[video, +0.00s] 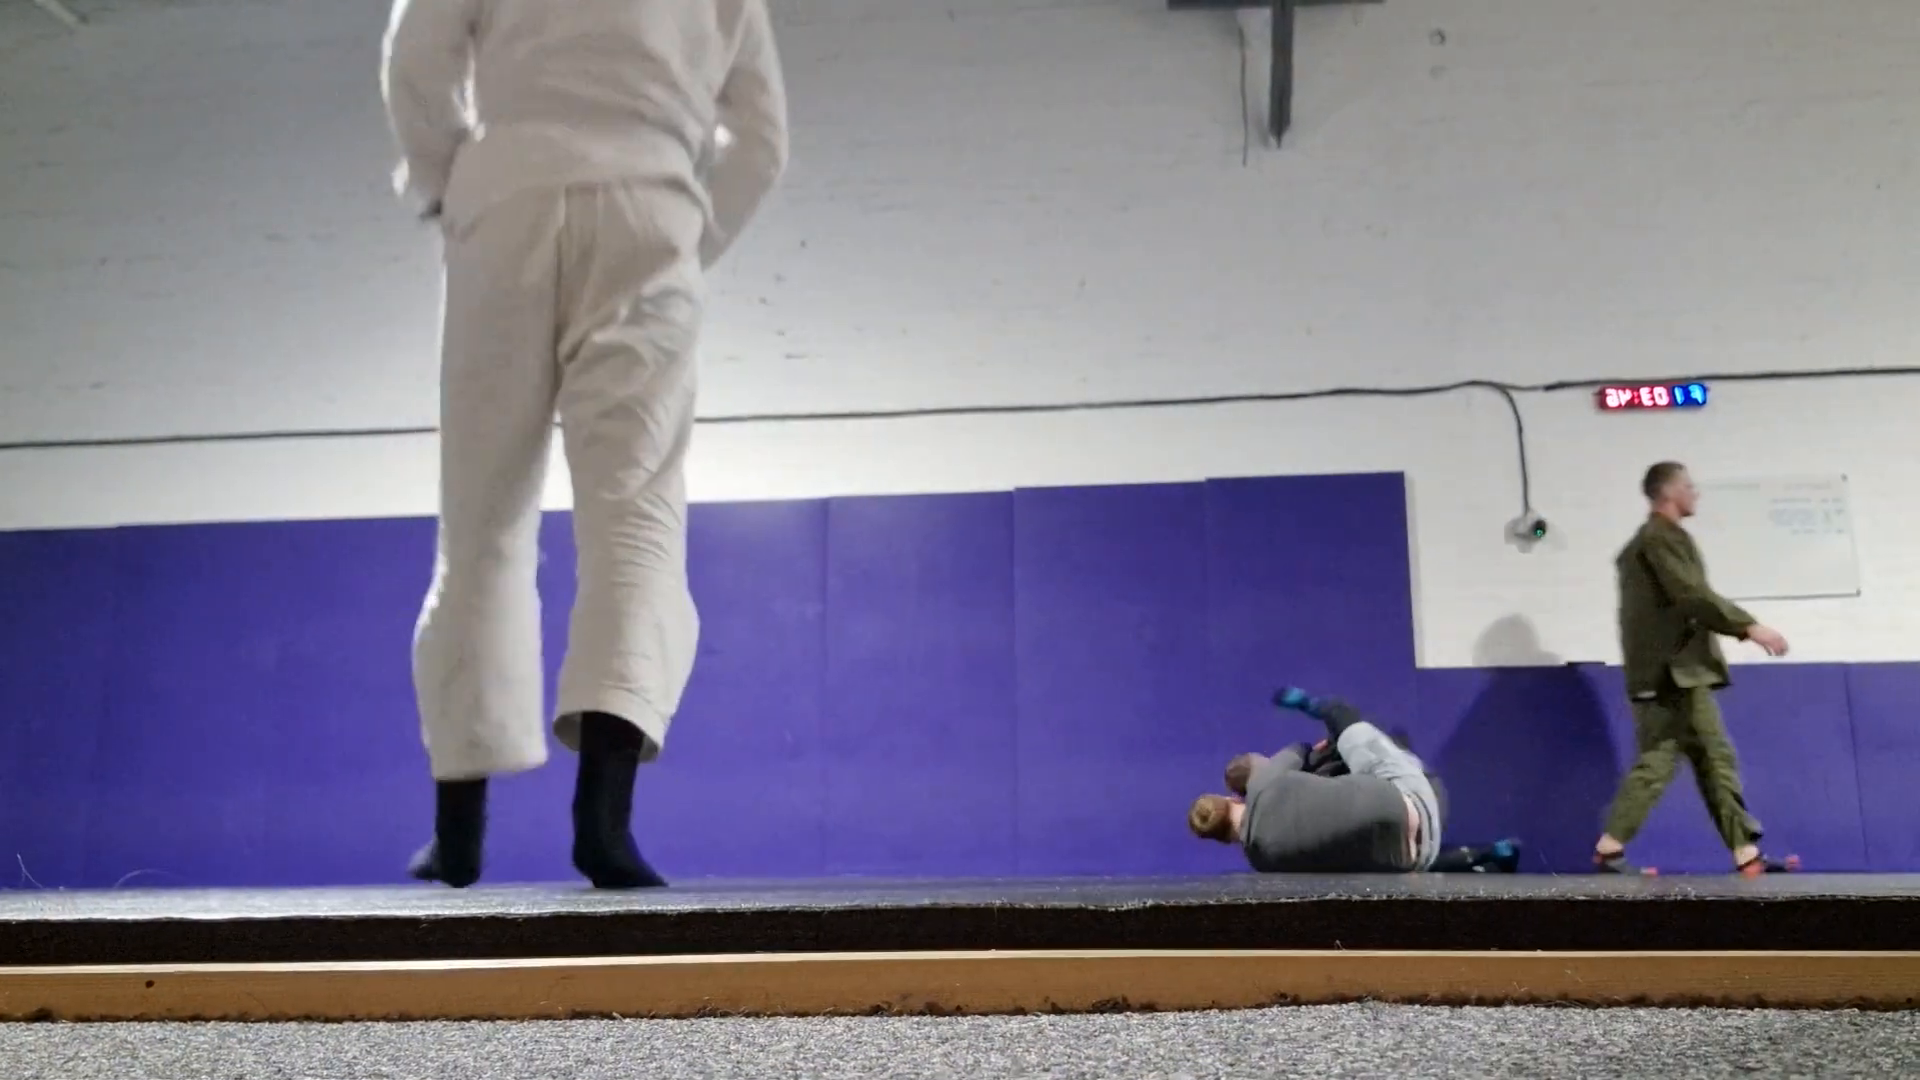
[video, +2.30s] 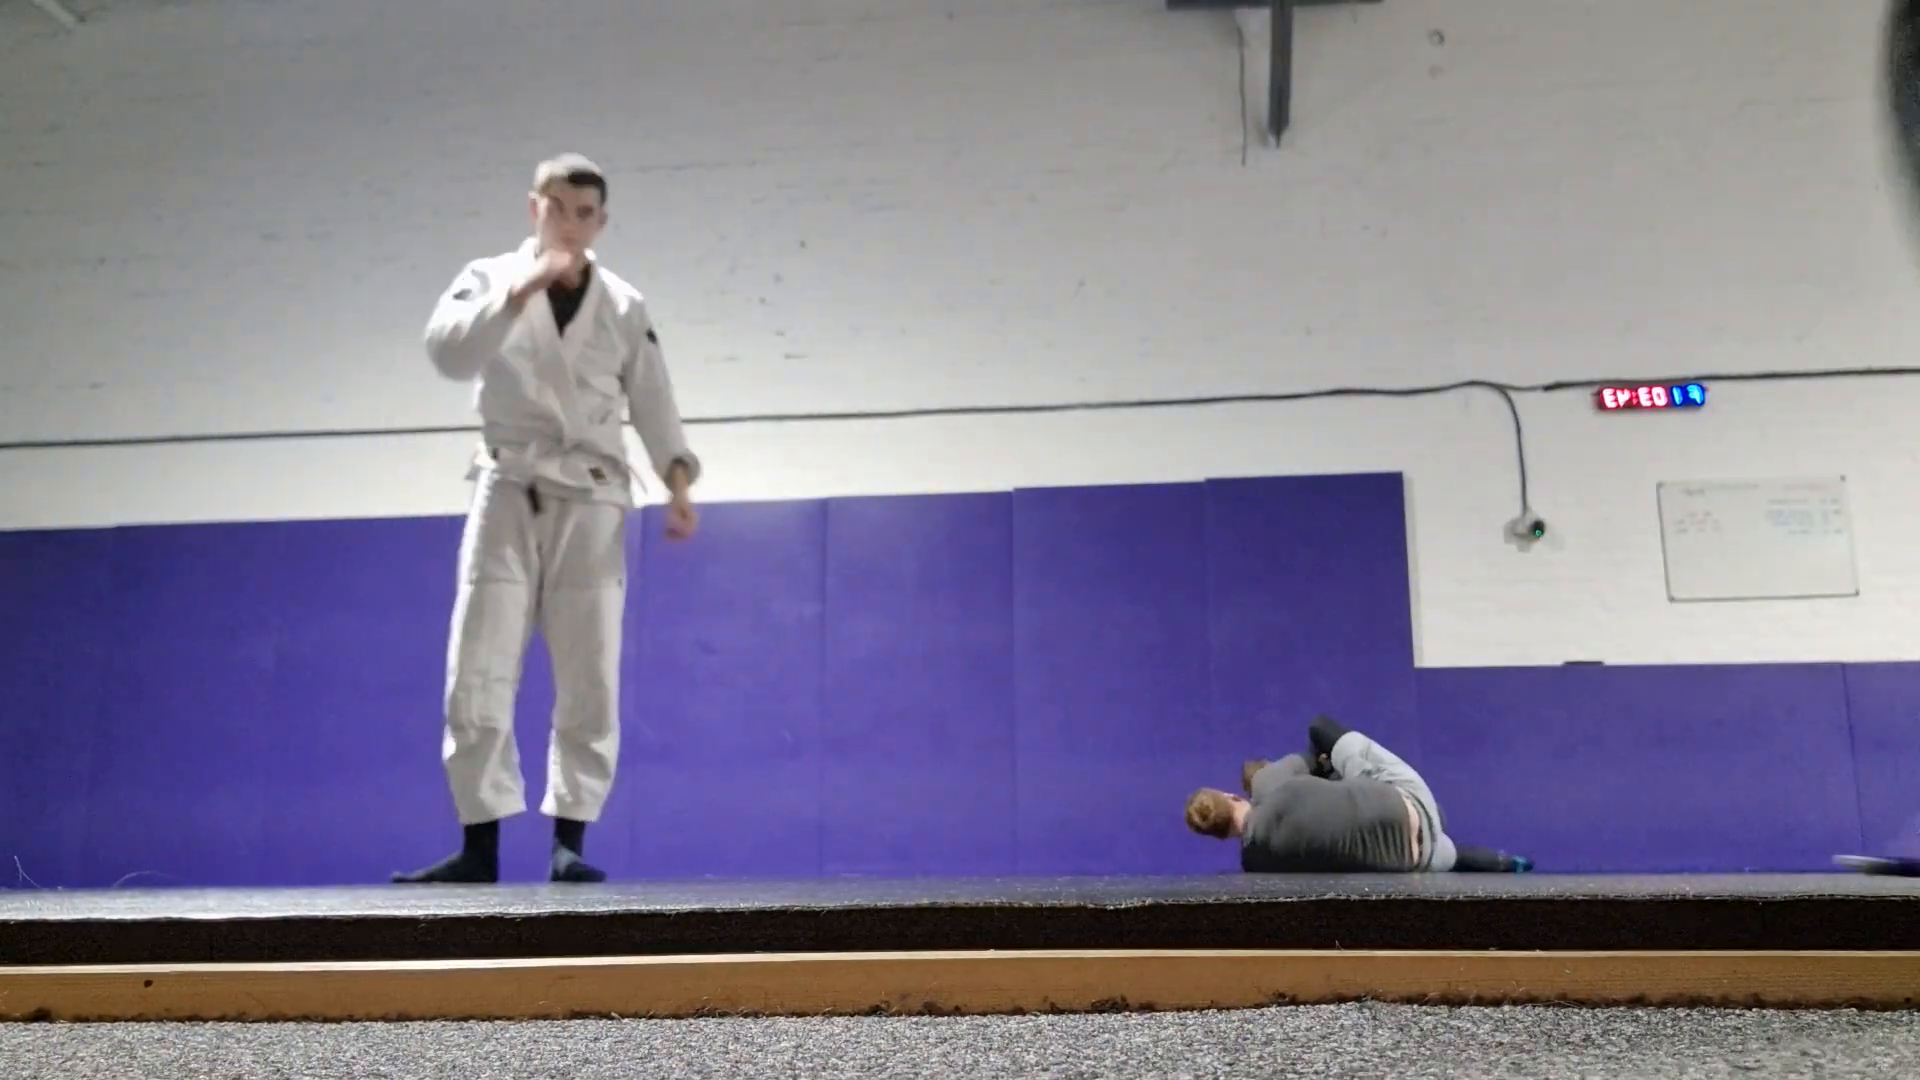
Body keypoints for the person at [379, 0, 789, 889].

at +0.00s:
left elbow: (413, 58)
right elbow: (763, 137)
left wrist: (448, 185)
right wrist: (682, 236)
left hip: (504, 182)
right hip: (646, 185)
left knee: (485, 514)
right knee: (634, 503)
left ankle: (458, 833)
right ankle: (604, 821)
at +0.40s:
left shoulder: (456, 46)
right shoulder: (659, 64)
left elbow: (396, 197)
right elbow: (696, 228)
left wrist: (431, 295)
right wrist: (637, 323)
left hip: (481, 298)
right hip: (605, 303)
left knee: (480, 558)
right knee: (610, 547)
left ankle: (485, 834)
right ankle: (606, 752)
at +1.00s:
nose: (476, 126)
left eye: (479, 110)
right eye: (476, 112)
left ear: (508, 103)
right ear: (553, 107)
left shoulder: (497, 166)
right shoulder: (628, 205)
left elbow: (451, 260)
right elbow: (647, 337)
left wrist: (423, 360)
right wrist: (608, 407)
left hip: (516, 408)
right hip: (612, 418)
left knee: (454, 617)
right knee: (588, 626)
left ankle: (478, 844)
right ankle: (593, 854)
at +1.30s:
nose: (437, 155)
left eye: (448, 138)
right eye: (435, 141)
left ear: (497, 140)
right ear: (505, 147)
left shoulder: (507, 199)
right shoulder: (547, 215)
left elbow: (505, 313)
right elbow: (562, 351)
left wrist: (433, 388)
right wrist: (473, 429)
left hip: (515, 439)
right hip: (554, 443)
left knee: (439, 647)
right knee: (472, 636)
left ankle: (479, 847)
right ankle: (558, 805)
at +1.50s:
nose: (451, 175)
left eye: (466, 162)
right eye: (445, 164)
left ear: (511, 170)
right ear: (442, 176)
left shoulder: (547, 244)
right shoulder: (456, 263)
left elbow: (566, 354)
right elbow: (427, 376)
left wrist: (488, 417)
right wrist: (401, 442)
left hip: (533, 476)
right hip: (487, 480)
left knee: (460, 661)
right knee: (440, 667)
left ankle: (483, 852)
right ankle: (475, 848)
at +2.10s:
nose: (553, 207)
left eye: (567, 197)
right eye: (541, 192)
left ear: (584, 213)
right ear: (513, 197)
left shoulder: (608, 300)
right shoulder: (463, 280)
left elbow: (632, 399)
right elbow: (415, 371)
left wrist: (624, 462)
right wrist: (466, 409)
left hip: (576, 507)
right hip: (487, 501)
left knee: (577, 672)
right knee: (469, 671)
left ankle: (568, 848)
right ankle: (475, 851)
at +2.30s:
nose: (578, 226)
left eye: (590, 215)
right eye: (566, 210)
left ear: (605, 221)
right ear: (535, 208)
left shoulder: (624, 306)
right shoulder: (488, 279)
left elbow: (652, 401)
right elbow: (450, 355)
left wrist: (678, 481)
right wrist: (520, 290)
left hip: (592, 501)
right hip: (505, 495)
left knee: (588, 670)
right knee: (478, 667)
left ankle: (569, 847)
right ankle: (478, 849)